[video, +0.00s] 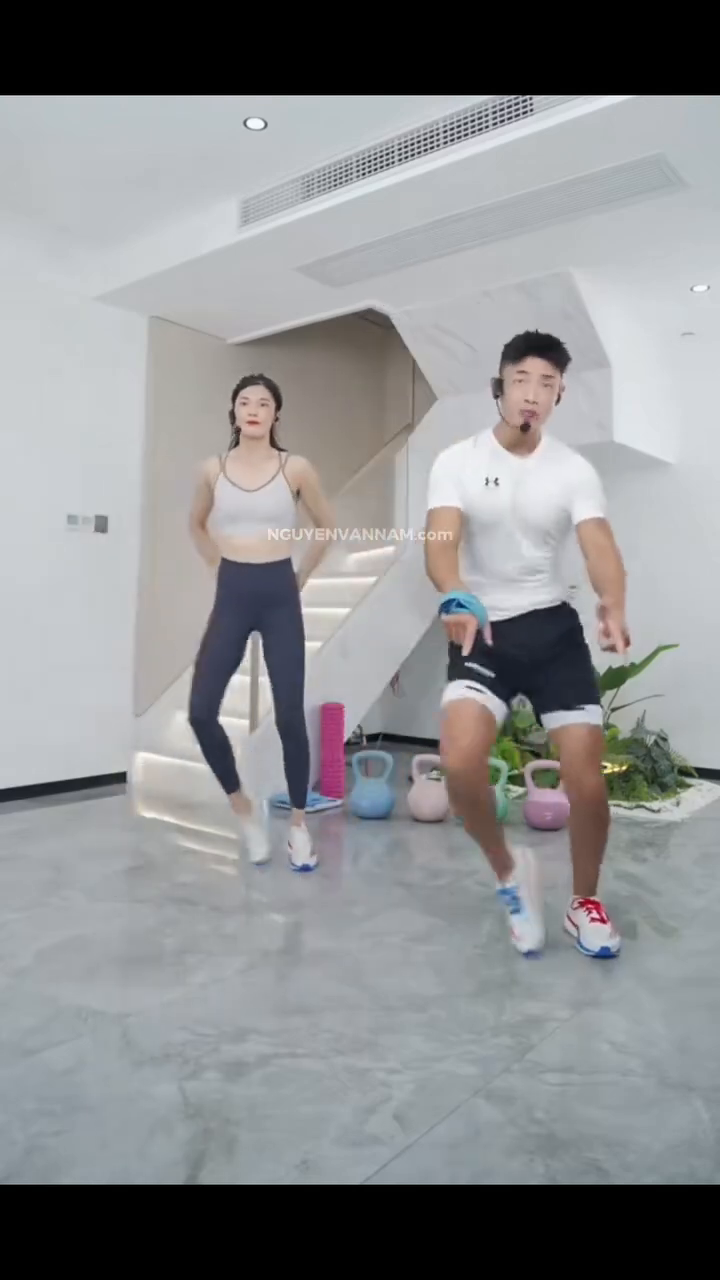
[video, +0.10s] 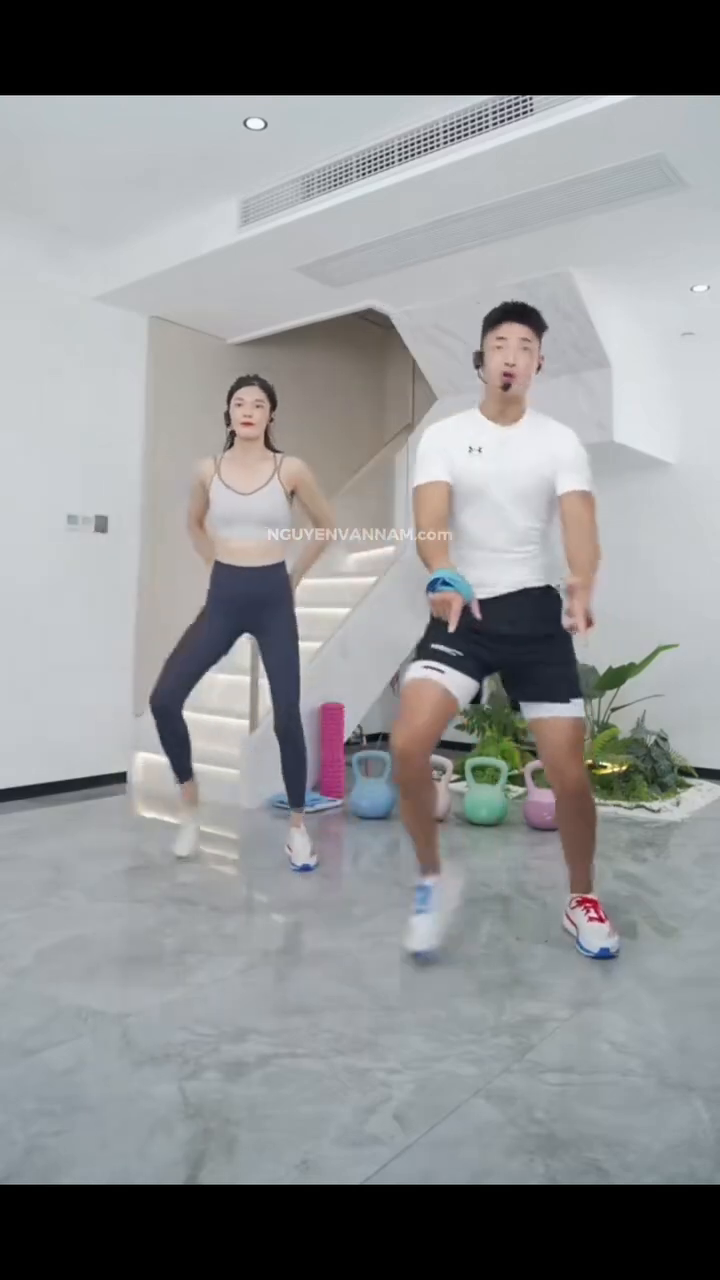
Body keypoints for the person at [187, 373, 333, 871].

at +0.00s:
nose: (253, 410)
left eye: (262, 403)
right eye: (245, 403)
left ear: (276, 414)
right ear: (233, 413)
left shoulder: (295, 469)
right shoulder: (215, 470)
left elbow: (328, 528)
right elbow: (196, 524)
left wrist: (299, 577)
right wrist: (221, 566)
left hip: (280, 593)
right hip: (232, 594)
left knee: (290, 716)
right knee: (201, 713)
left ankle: (298, 823)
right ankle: (243, 811)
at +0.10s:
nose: (249, 412)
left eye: (258, 405)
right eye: (241, 404)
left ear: (271, 416)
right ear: (228, 414)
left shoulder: (290, 470)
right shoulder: (209, 470)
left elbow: (327, 528)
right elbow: (195, 526)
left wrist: (293, 578)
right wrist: (221, 567)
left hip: (274, 599)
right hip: (224, 598)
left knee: (287, 715)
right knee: (164, 701)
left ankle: (297, 824)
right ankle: (190, 804)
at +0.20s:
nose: (236, 402)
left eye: (245, 395)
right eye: (228, 395)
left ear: (259, 406)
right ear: (216, 404)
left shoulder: (277, 460)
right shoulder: (197, 460)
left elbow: (314, 514)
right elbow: (173, 511)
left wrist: (279, 560)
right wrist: (199, 553)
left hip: (259, 588)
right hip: (208, 586)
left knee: (276, 708)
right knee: (153, 700)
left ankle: (296, 822)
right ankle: (133, 810)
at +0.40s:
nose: (201, 416)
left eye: (210, 410)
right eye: (194, 408)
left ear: (223, 420)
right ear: (180, 416)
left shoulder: (237, 477)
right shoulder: (156, 469)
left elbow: (277, 529)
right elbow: (108, 508)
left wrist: (238, 559)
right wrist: (141, 544)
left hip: (212, 604)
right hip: (159, 602)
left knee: (245, 715)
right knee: (127, 717)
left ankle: (292, 812)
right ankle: (95, 828)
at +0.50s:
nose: (185, 412)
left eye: (194, 406)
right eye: (178, 404)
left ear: (207, 415)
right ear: (164, 411)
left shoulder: (222, 472)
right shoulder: (137, 462)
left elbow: (258, 525)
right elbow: (80, 495)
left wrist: (215, 550)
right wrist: (119, 536)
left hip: (191, 601)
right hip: (140, 598)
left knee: (229, 712)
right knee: (113, 711)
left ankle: (253, 814)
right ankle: (92, 827)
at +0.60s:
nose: (176, 402)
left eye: (185, 395)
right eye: (168, 394)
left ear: (197, 404)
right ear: (153, 402)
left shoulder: (212, 459)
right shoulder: (129, 450)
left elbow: (252, 503)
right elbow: (67, 481)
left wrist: (210, 536)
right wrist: (110, 523)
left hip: (186, 586)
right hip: (134, 583)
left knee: (190, 705)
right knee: (112, 706)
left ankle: (190, 800)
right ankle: (92, 823)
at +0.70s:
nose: (171, 402)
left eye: (180, 395)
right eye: (163, 393)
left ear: (192, 402)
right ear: (146, 398)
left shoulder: (208, 456)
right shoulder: (125, 450)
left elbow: (255, 498)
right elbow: (59, 480)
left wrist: (212, 535)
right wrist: (99, 525)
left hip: (182, 585)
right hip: (132, 579)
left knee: (149, 706)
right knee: (109, 704)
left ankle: (135, 816)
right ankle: (90, 822)